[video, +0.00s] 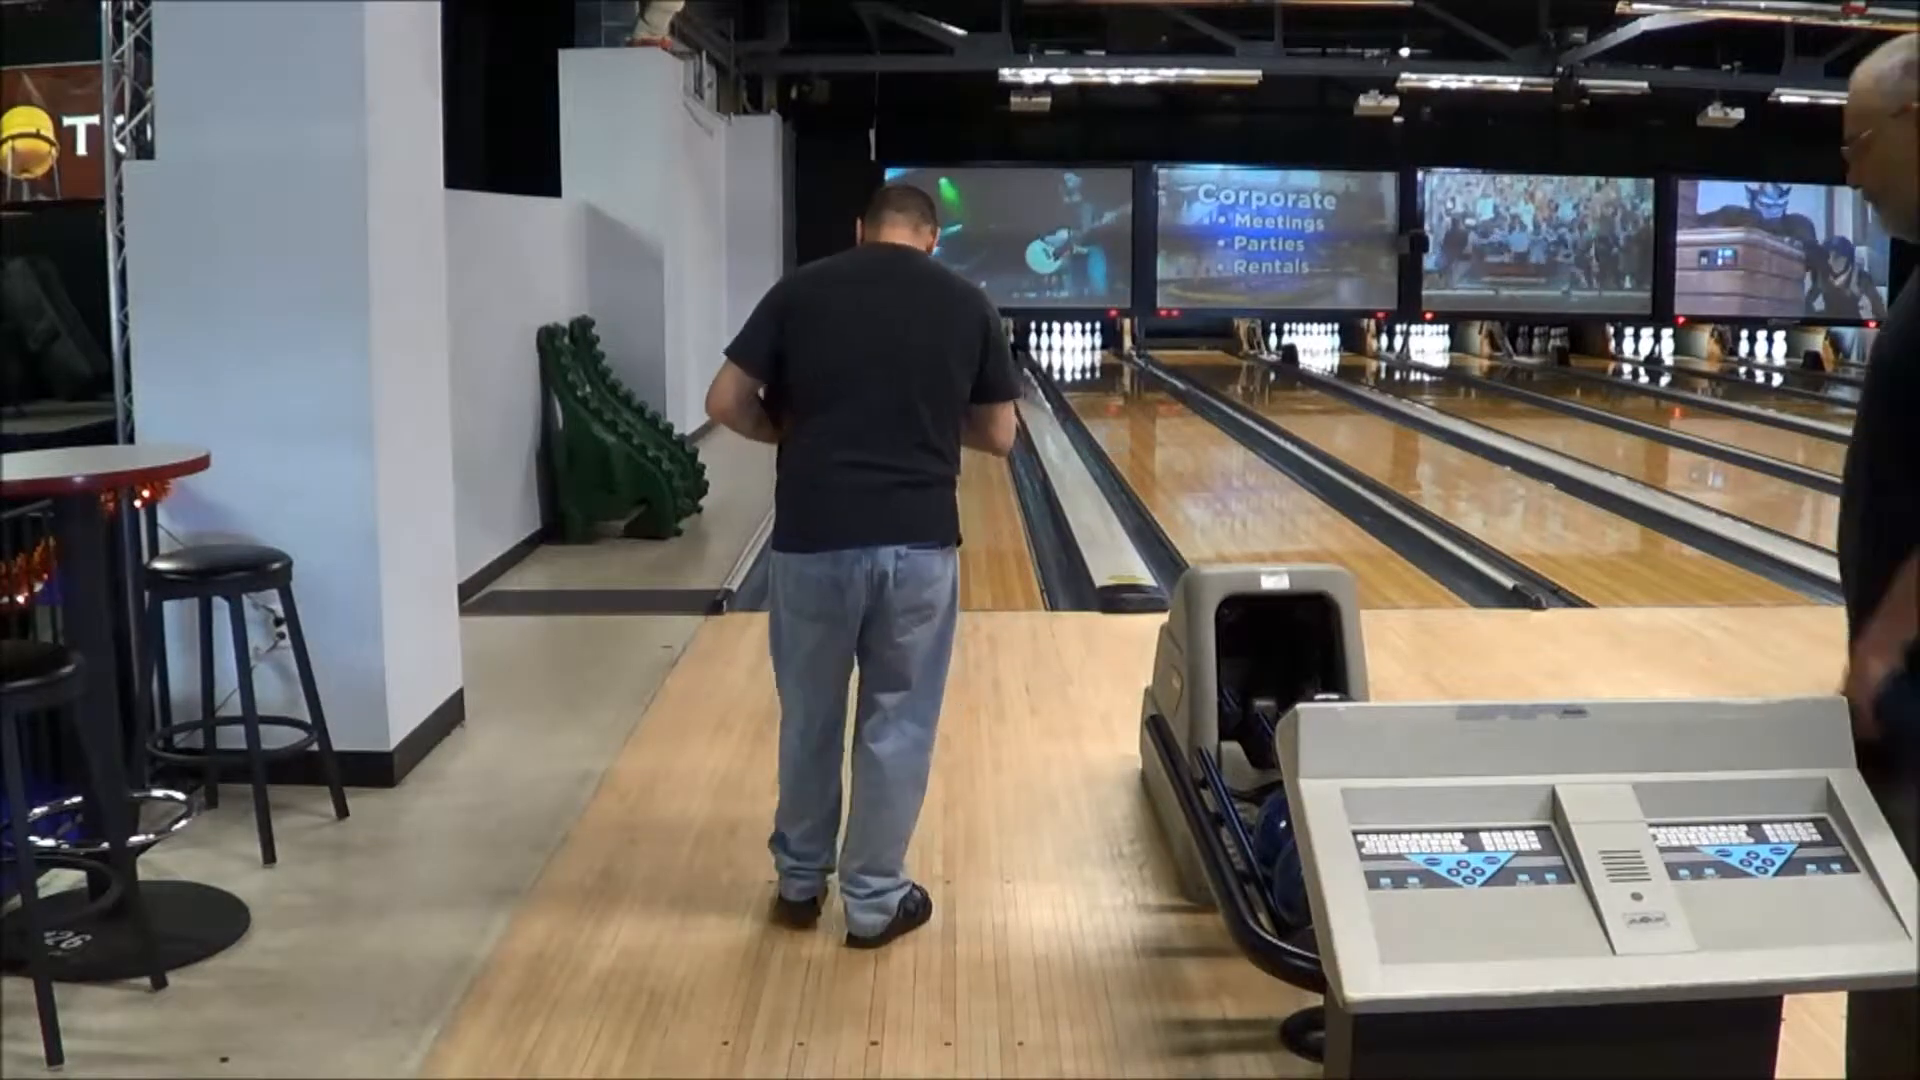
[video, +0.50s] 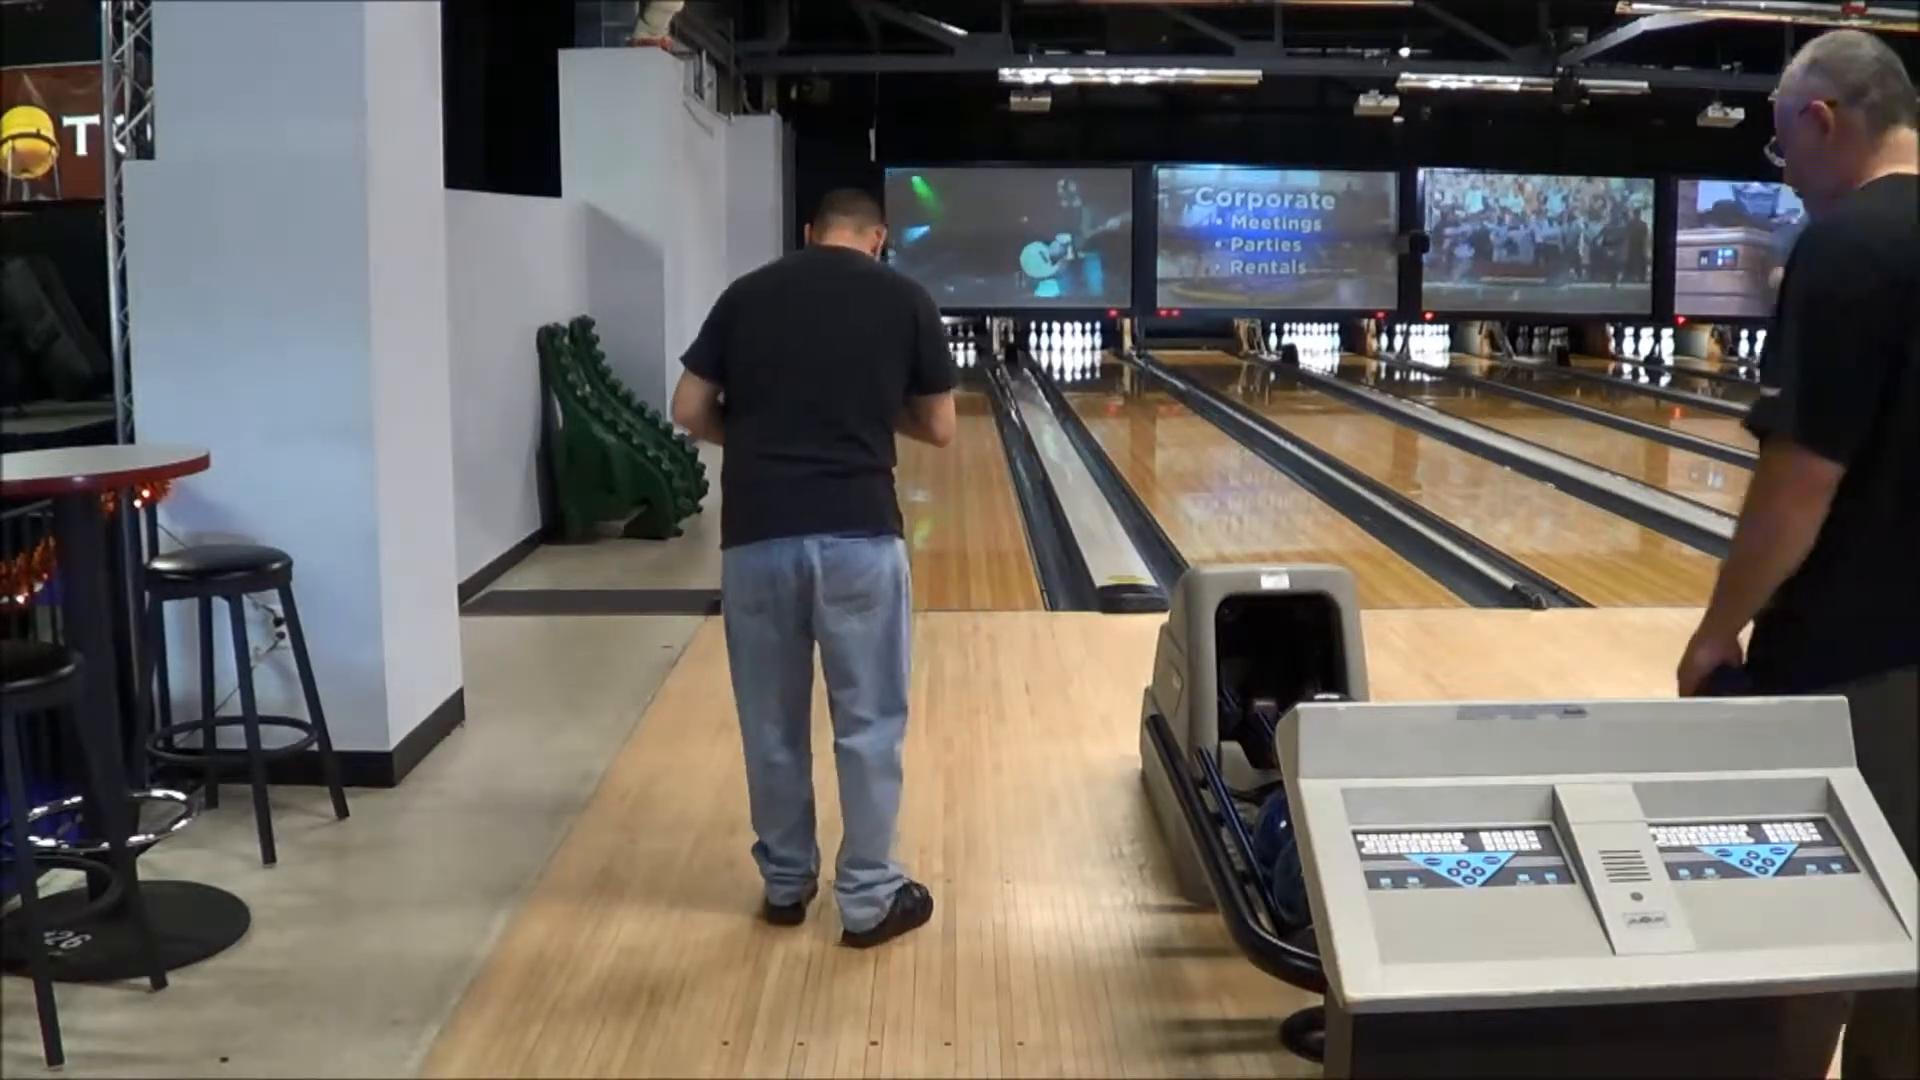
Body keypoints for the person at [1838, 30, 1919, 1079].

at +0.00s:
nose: (1851, 165)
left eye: (1864, 135)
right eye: (1850, 138)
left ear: (1914, 126)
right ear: (1882, 134)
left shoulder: (1917, 286)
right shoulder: (1906, 280)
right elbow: (1911, 497)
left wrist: (1888, 636)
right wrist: (1879, 635)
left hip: (1914, 693)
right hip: (1895, 681)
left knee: (1896, 963)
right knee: (1888, 953)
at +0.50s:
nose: (1777, 155)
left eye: (1782, 130)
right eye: (1776, 133)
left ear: (1824, 120)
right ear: (1891, 114)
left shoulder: (1853, 241)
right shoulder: (1907, 220)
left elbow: (1803, 469)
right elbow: (1815, 463)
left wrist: (1720, 623)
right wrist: (1745, 620)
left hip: (1852, 654)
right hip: (1913, 642)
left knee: (1816, 925)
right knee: (1899, 926)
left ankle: (1789, 1065)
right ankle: (1881, 1064)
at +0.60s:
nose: (1767, 152)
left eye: (1769, 129)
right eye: (1765, 132)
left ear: (1802, 118)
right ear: (1893, 116)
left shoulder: (1817, 243)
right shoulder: (1909, 221)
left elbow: (1761, 476)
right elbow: (1764, 472)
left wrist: (1691, 634)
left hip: (1831, 655)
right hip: (1912, 646)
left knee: (1803, 935)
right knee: (1899, 930)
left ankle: (1787, 1068)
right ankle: (1881, 1064)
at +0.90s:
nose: (1740, 135)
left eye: (1742, 121)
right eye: (1739, 123)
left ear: (1755, 125)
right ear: (1873, 122)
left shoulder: (1728, 255)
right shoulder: (1915, 223)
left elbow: (1656, 482)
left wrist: (1597, 644)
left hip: (1780, 666)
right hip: (1910, 661)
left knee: (1781, 953)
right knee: (1898, 952)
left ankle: (1789, 1069)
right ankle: (1871, 1066)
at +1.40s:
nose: (1777, 118)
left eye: (1779, 104)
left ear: (1790, 116)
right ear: (1909, 120)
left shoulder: (1750, 258)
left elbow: (1677, 484)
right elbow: (1681, 482)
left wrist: (1636, 620)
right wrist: (1642, 614)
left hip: (1789, 666)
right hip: (1912, 669)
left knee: (1782, 953)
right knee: (1912, 952)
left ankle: (1782, 1072)